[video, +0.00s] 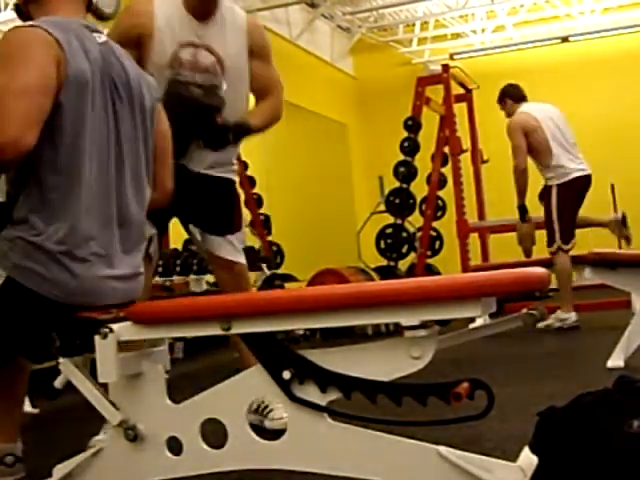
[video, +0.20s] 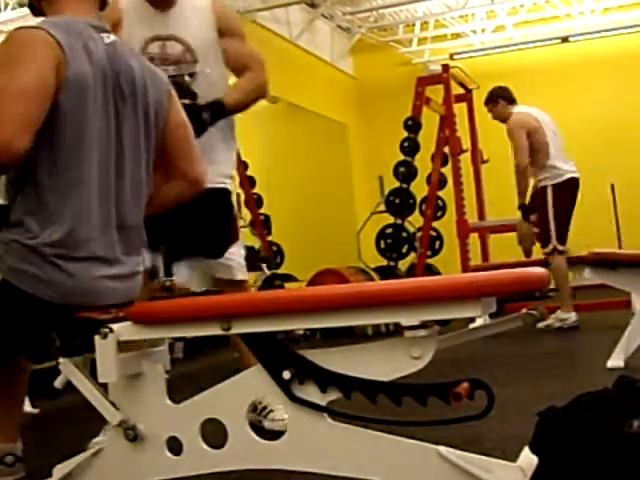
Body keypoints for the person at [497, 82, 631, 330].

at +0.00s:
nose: (503, 113)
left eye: (503, 108)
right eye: (502, 109)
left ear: (508, 102)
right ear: (521, 98)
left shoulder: (516, 121)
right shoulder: (547, 108)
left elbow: (520, 166)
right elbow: (564, 143)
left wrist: (520, 205)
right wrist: (548, 187)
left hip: (560, 182)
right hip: (580, 175)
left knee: (559, 249)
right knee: (558, 219)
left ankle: (567, 309)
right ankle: (609, 222)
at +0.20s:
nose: (492, 117)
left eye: (491, 111)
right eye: (490, 112)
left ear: (501, 103)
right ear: (505, 102)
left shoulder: (516, 121)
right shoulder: (532, 113)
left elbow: (522, 164)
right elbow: (547, 158)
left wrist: (522, 203)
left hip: (553, 183)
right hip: (562, 179)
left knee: (554, 250)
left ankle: (566, 309)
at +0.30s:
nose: (490, 119)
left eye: (489, 112)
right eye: (487, 114)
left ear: (499, 105)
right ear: (502, 104)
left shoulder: (516, 121)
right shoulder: (528, 117)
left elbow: (524, 165)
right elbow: (540, 163)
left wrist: (521, 203)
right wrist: (528, 200)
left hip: (550, 185)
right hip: (556, 183)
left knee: (549, 252)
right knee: (548, 251)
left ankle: (565, 309)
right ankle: (554, 306)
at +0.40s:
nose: (489, 124)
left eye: (488, 117)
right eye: (486, 119)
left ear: (498, 109)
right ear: (500, 109)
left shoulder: (517, 125)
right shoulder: (522, 124)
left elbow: (525, 167)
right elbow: (530, 170)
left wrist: (517, 205)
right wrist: (521, 206)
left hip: (546, 190)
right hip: (544, 189)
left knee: (537, 253)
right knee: (529, 247)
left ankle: (565, 309)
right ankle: (534, 304)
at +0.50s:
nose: (489, 126)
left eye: (488, 119)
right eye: (486, 121)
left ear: (500, 112)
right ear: (499, 114)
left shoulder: (518, 128)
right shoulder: (516, 131)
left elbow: (526, 167)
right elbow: (522, 171)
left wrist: (516, 204)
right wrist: (516, 203)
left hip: (545, 193)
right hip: (538, 194)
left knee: (529, 254)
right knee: (525, 254)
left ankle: (559, 304)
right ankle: (536, 306)